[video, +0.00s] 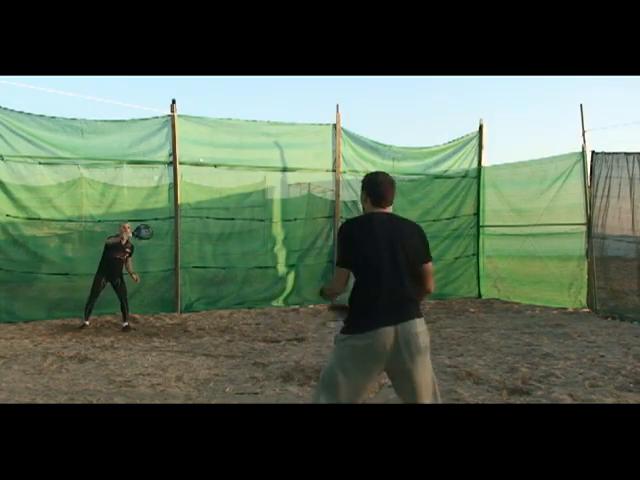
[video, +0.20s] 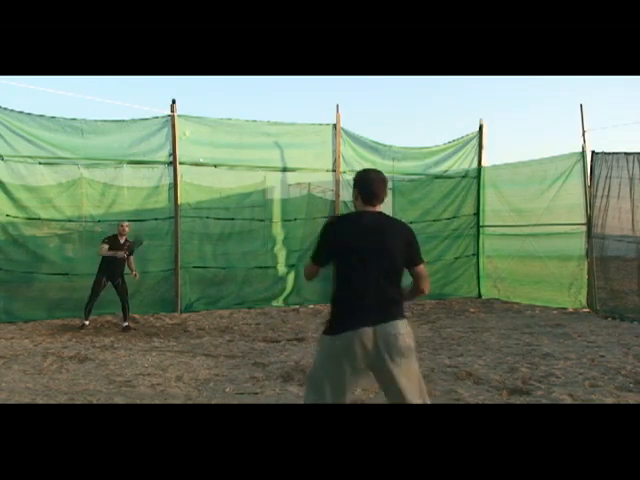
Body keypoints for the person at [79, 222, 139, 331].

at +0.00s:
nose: (126, 231)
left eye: (128, 229)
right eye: (124, 228)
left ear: (130, 231)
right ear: (120, 230)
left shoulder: (129, 246)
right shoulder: (111, 240)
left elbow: (127, 262)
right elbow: (109, 242)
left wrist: (132, 274)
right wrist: (122, 239)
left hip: (117, 274)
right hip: (103, 272)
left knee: (123, 298)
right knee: (93, 296)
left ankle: (125, 322)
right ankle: (86, 320)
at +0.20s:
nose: (124, 229)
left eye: (126, 227)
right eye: (121, 226)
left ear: (128, 229)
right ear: (118, 228)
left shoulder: (129, 245)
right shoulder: (109, 239)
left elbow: (129, 259)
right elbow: (102, 252)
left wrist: (132, 270)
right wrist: (117, 254)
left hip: (118, 274)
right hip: (104, 273)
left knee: (124, 298)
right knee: (94, 295)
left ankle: (125, 323)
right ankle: (85, 320)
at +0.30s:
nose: (120, 229)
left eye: (122, 227)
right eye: (118, 227)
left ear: (125, 229)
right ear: (114, 228)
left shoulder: (127, 245)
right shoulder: (105, 242)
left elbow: (128, 259)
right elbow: (96, 257)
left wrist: (131, 268)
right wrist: (108, 263)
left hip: (117, 276)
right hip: (103, 275)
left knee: (124, 298)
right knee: (91, 297)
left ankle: (126, 323)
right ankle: (83, 321)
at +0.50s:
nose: (108, 231)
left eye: (110, 228)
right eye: (105, 228)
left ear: (112, 230)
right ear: (101, 230)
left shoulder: (116, 246)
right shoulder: (92, 244)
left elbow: (119, 262)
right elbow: (84, 260)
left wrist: (118, 266)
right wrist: (94, 269)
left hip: (109, 275)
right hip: (95, 275)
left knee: (119, 299)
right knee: (83, 299)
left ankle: (124, 323)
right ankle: (79, 323)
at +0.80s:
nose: (98, 229)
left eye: (100, 227)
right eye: (95, 227)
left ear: (103, 229)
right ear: (92, 228)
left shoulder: (108, 244)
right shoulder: (83, 243)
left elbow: (110, 257)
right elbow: (75, 259)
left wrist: (112, 265)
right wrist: (84, 263)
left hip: (102, 275)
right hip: (88, 275)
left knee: (112, 298)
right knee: (80, 298)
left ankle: (118, 321)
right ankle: (78, 322)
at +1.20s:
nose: (99, 237)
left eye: (101, 235)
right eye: (96, 235)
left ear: (103, 237)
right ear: (93, 237)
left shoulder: (110, 250)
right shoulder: (89, 253)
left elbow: (115, 265)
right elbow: (87, 272)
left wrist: (115, 275)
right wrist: (94, 274)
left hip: (106, 281)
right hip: (92, 281)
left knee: (119, 300)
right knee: (82, 301)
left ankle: (119, 322)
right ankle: (78, 323)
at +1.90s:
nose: (101, 228)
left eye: (104, 226)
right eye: (99, 226)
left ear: (107, 228)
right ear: (95, 228)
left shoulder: (113, 242)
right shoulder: (88, 242)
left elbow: (117, 258)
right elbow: (80, 258)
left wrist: (114, 264)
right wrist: (88, 259)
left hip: (108, 273)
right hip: (93, 273)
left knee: (116, 296)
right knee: (87, 297)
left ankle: (120, 321)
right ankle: (84, 322)